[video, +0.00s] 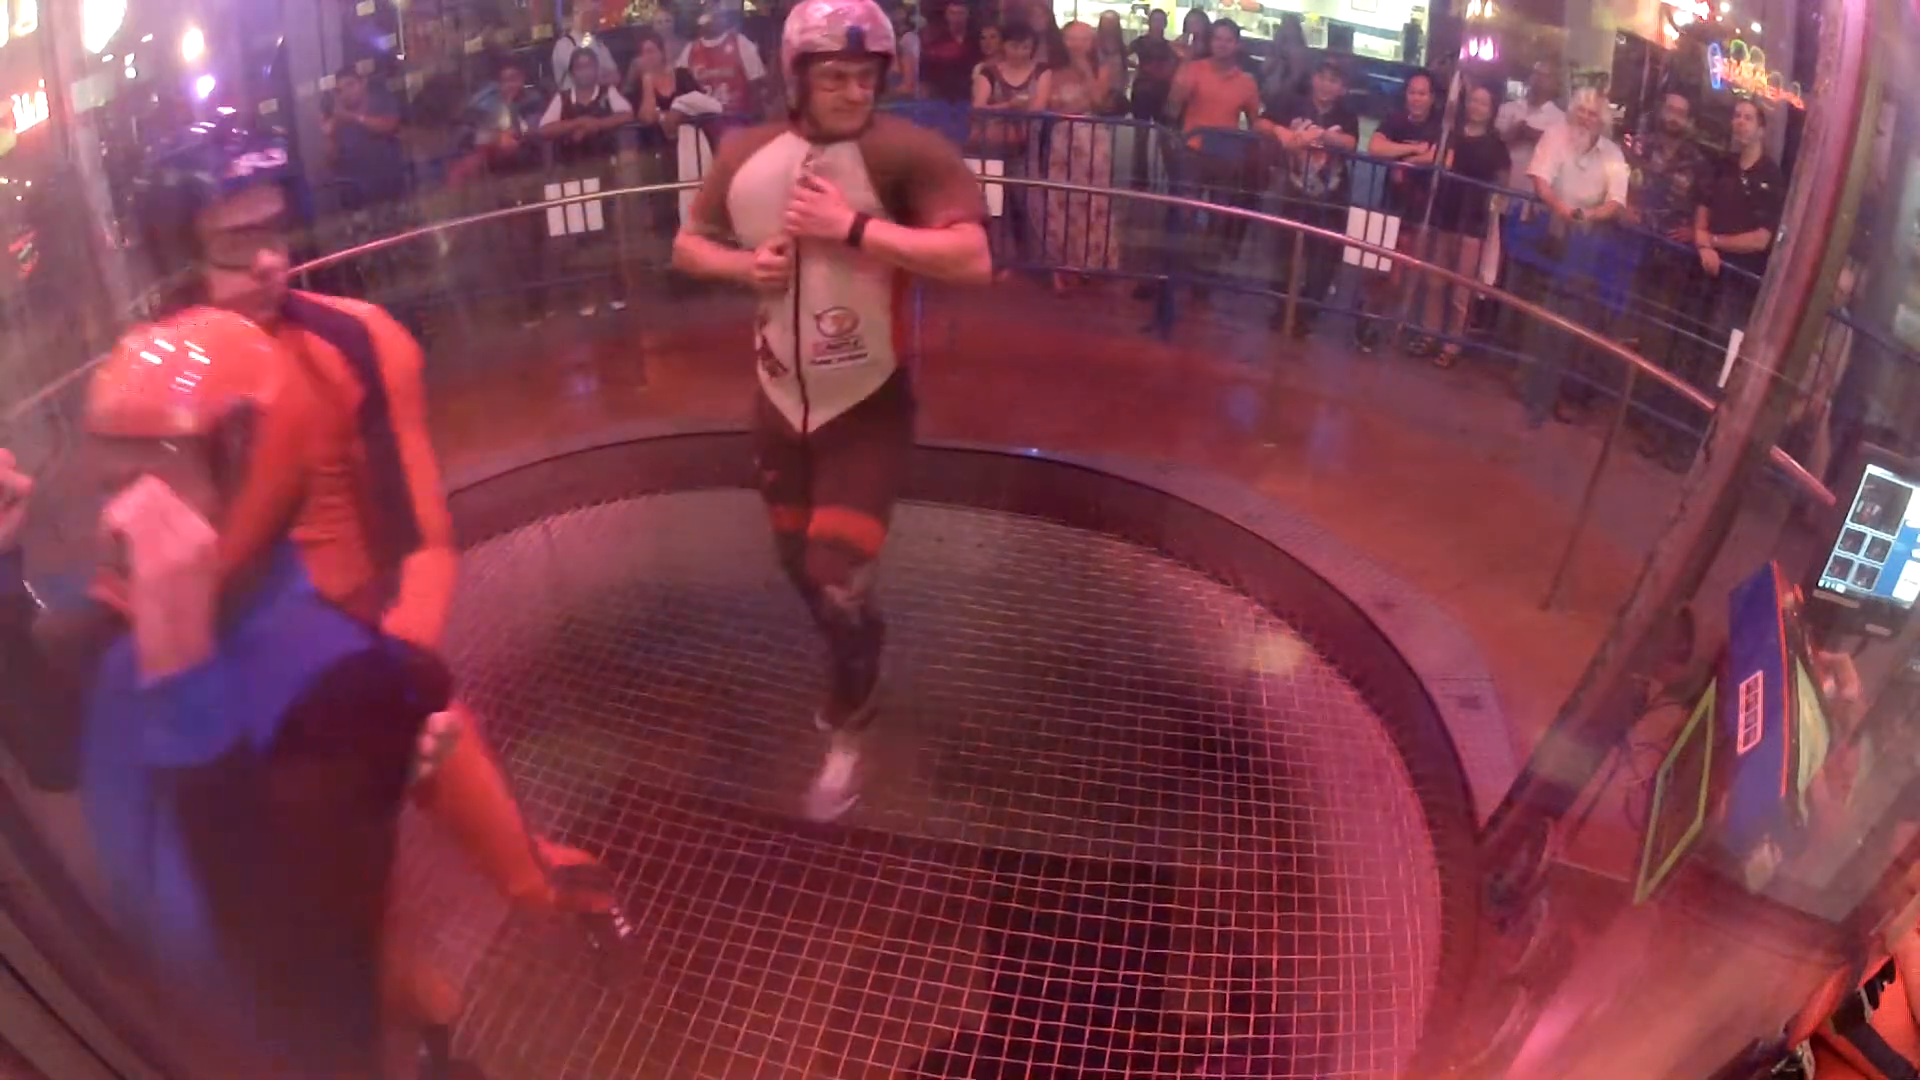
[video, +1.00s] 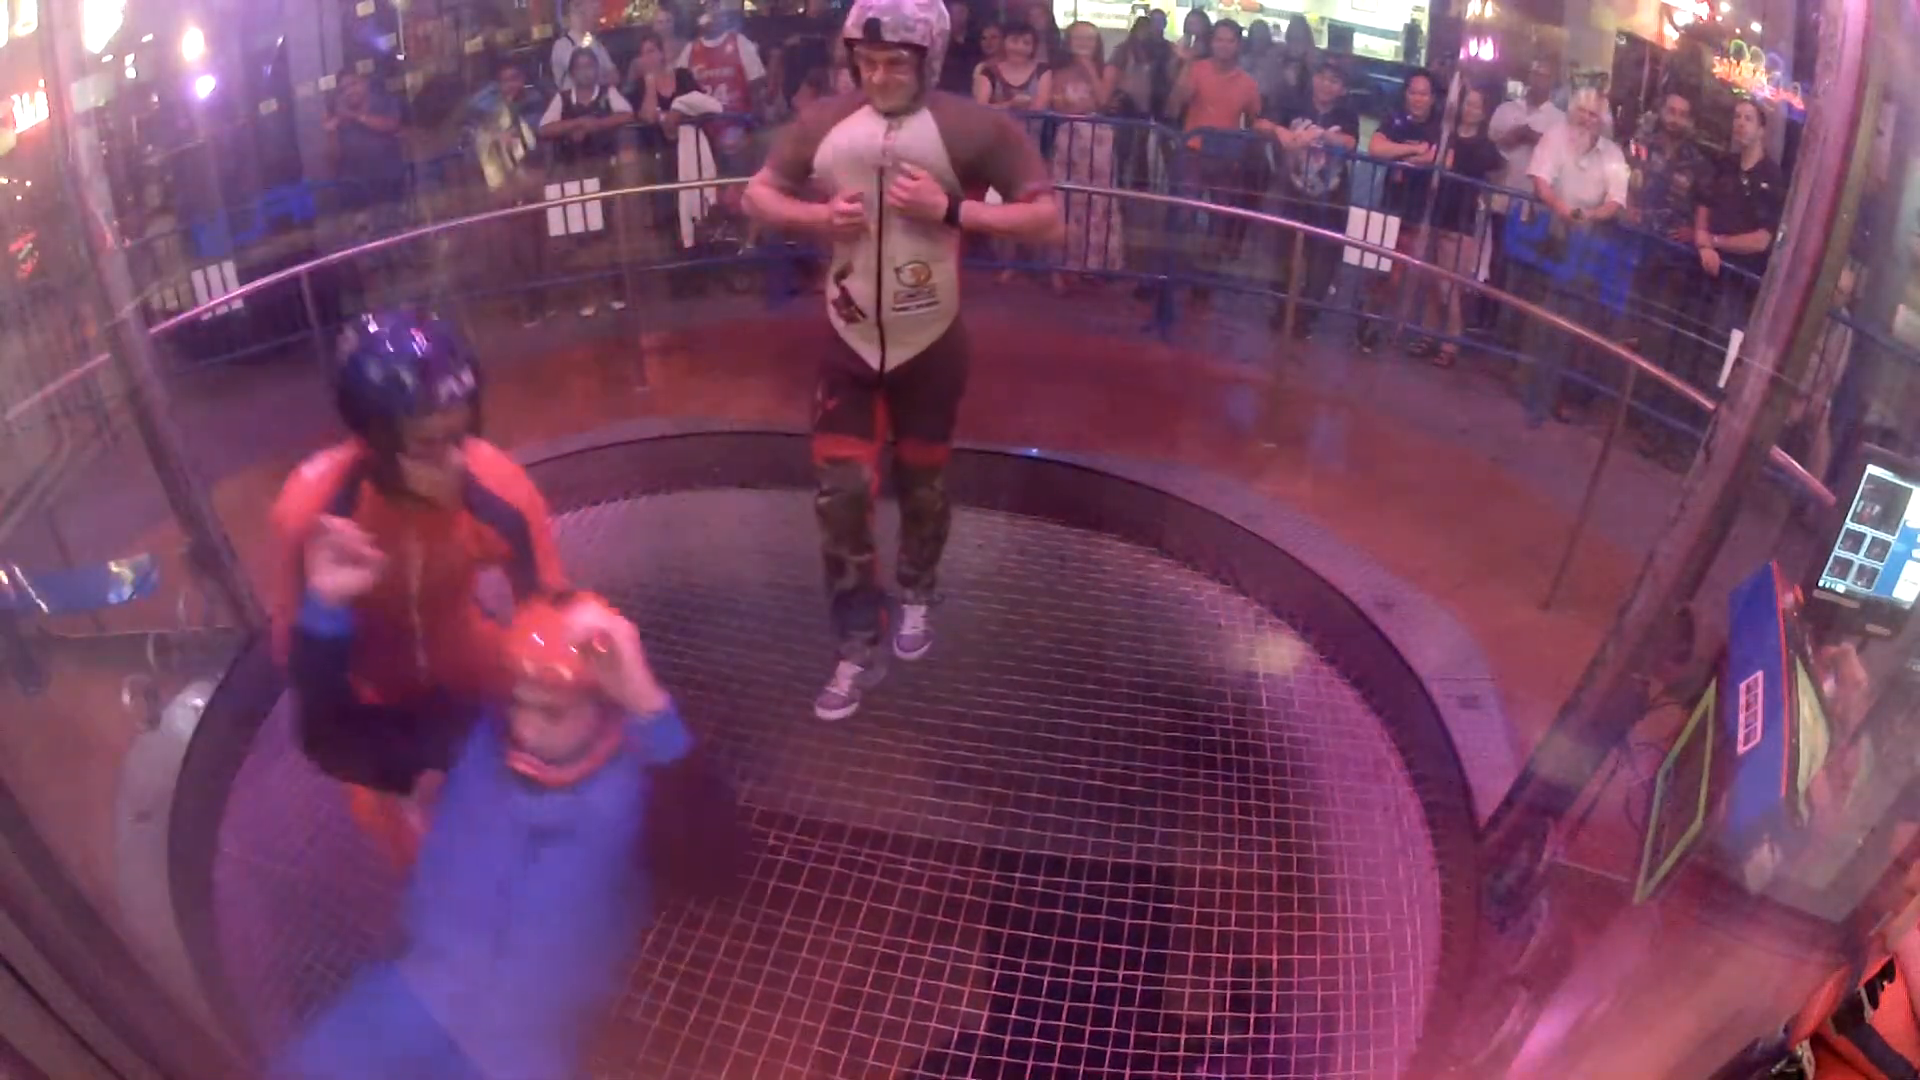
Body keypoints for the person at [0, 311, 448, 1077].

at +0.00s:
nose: (123, 502)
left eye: (159, 467)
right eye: (111, 464)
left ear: (241, 470)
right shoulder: (119, 648)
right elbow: (49, 757)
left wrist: (184, 664)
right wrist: (3, 566)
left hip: (282, 1062)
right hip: (156, 1035)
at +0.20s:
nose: (210, 520)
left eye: (245, 494)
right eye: (195, 490)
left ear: (325, 499)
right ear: (171, 495)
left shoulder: (411, 672)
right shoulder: (171, 648)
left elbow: (362, 892)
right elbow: (95, 786)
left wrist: (236, 659)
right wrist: (10, 601)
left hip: (350, 1055)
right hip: (218, 1044)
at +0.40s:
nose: (256, 554)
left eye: (286, 528)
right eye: (233, 528)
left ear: (362, 529)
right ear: (209, 535)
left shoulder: (442, 673)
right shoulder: (227, 653)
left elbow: (429, 896)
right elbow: (106, 724)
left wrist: (265, 682)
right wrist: (9, 615)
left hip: (391, 1053)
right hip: (253, 1035)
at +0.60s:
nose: (337, 600)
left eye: (365, 579)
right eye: (322, 576)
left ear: (426, 578)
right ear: (301, 571)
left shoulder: (508, 689)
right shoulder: (295, 664)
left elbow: (529, 876)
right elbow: (176, 688)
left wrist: (372, 685)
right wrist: (73, 558)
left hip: (461, 1036)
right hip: (318, 1028)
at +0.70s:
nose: (367, 574)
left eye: (396, 551)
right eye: (370, 565)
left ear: (459, 571)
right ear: (358, 584)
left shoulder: (533, 708)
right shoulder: (342, 668)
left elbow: (589, 858)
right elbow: (219, 708)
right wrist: (145, 579)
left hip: (473, 1034)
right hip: (346, 1011)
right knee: (288, 1061)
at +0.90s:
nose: (495, 699)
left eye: (516, 684)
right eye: (480, 679)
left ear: (566, 677)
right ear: (462, 667)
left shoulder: (607, 762)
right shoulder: (427, 717)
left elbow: (689, 858)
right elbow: (295, 738)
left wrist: (601, 690)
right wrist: (268, 600)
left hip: (527, 1047)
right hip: (409, 1006)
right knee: (307, 1067)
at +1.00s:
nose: (527, 727)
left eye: (551, 711)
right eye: (518, 704)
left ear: (604, 709)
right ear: (505, 691)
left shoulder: (647, 792)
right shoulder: (467, 739)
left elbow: (720, 871)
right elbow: (332, 739)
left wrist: (647, 707)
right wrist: (325, 609)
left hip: (529, 1052)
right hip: (416, 1002)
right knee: (302, 1069)